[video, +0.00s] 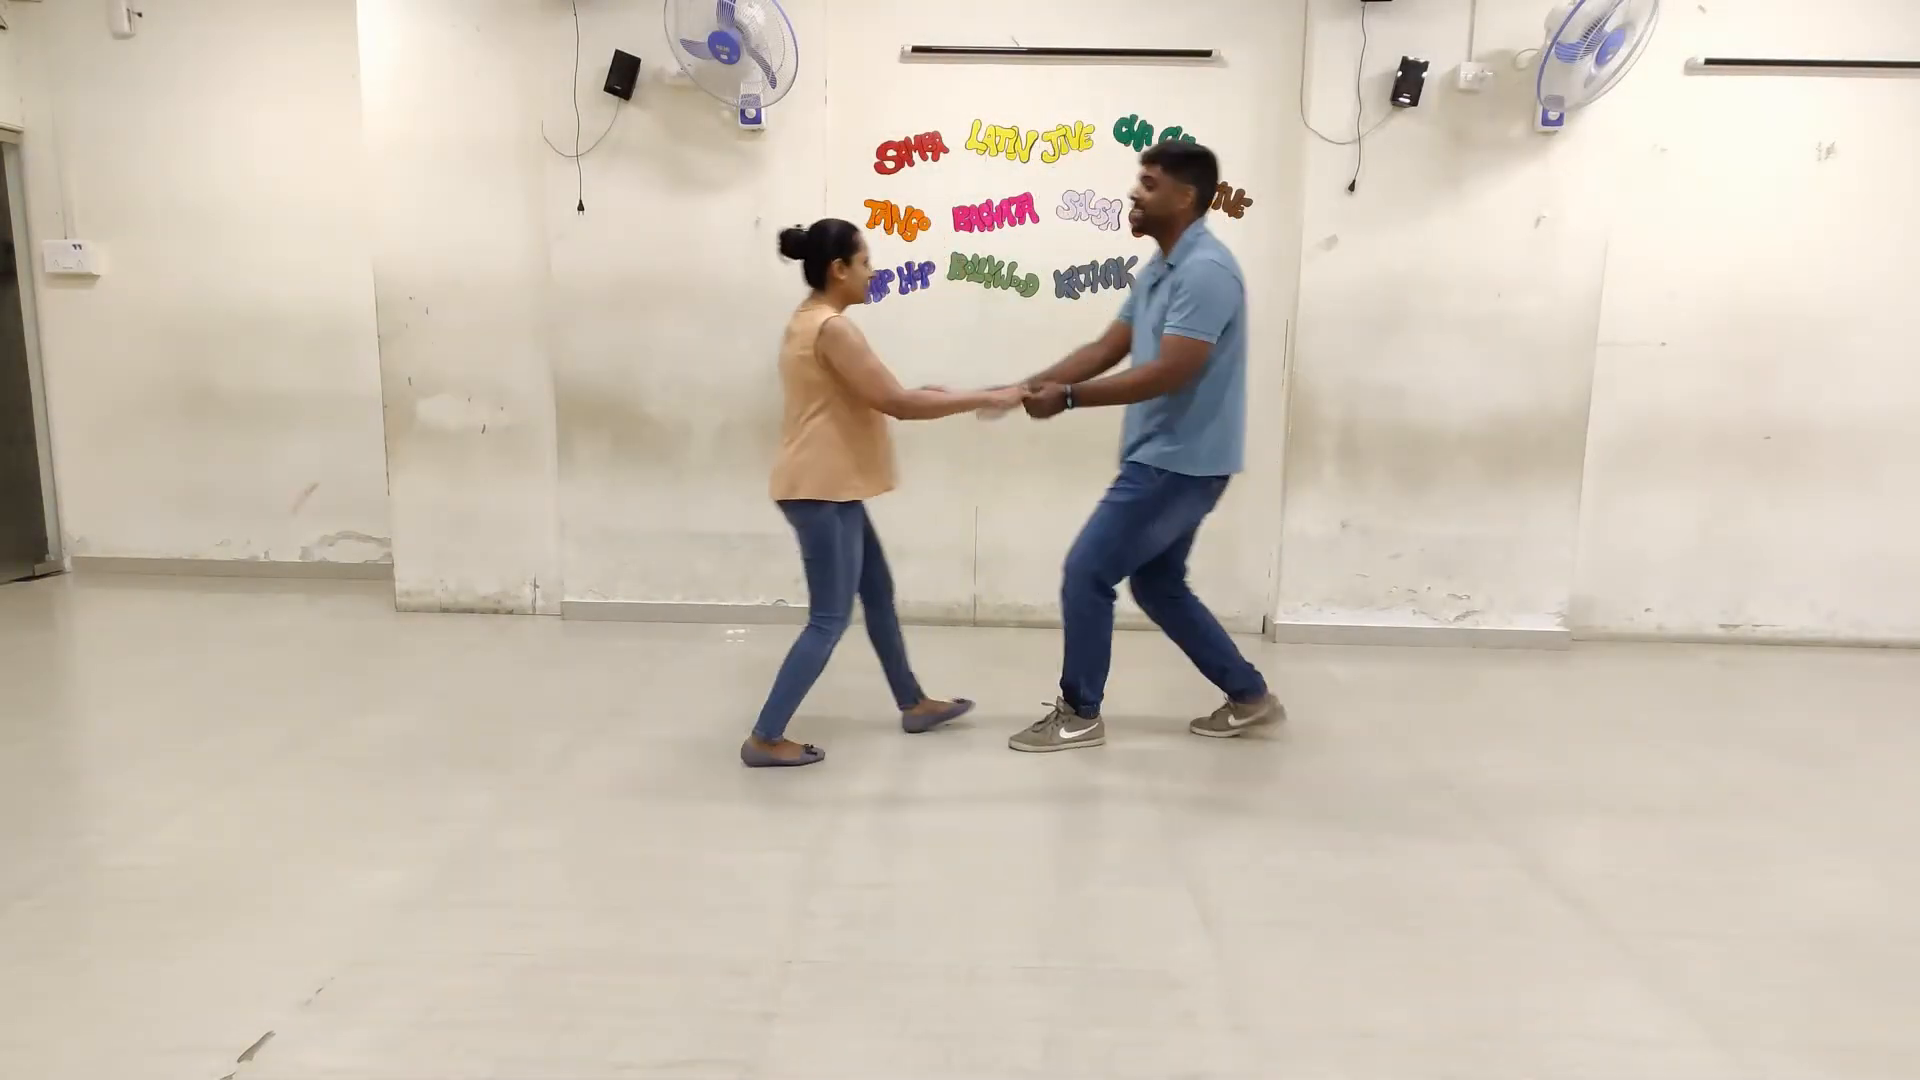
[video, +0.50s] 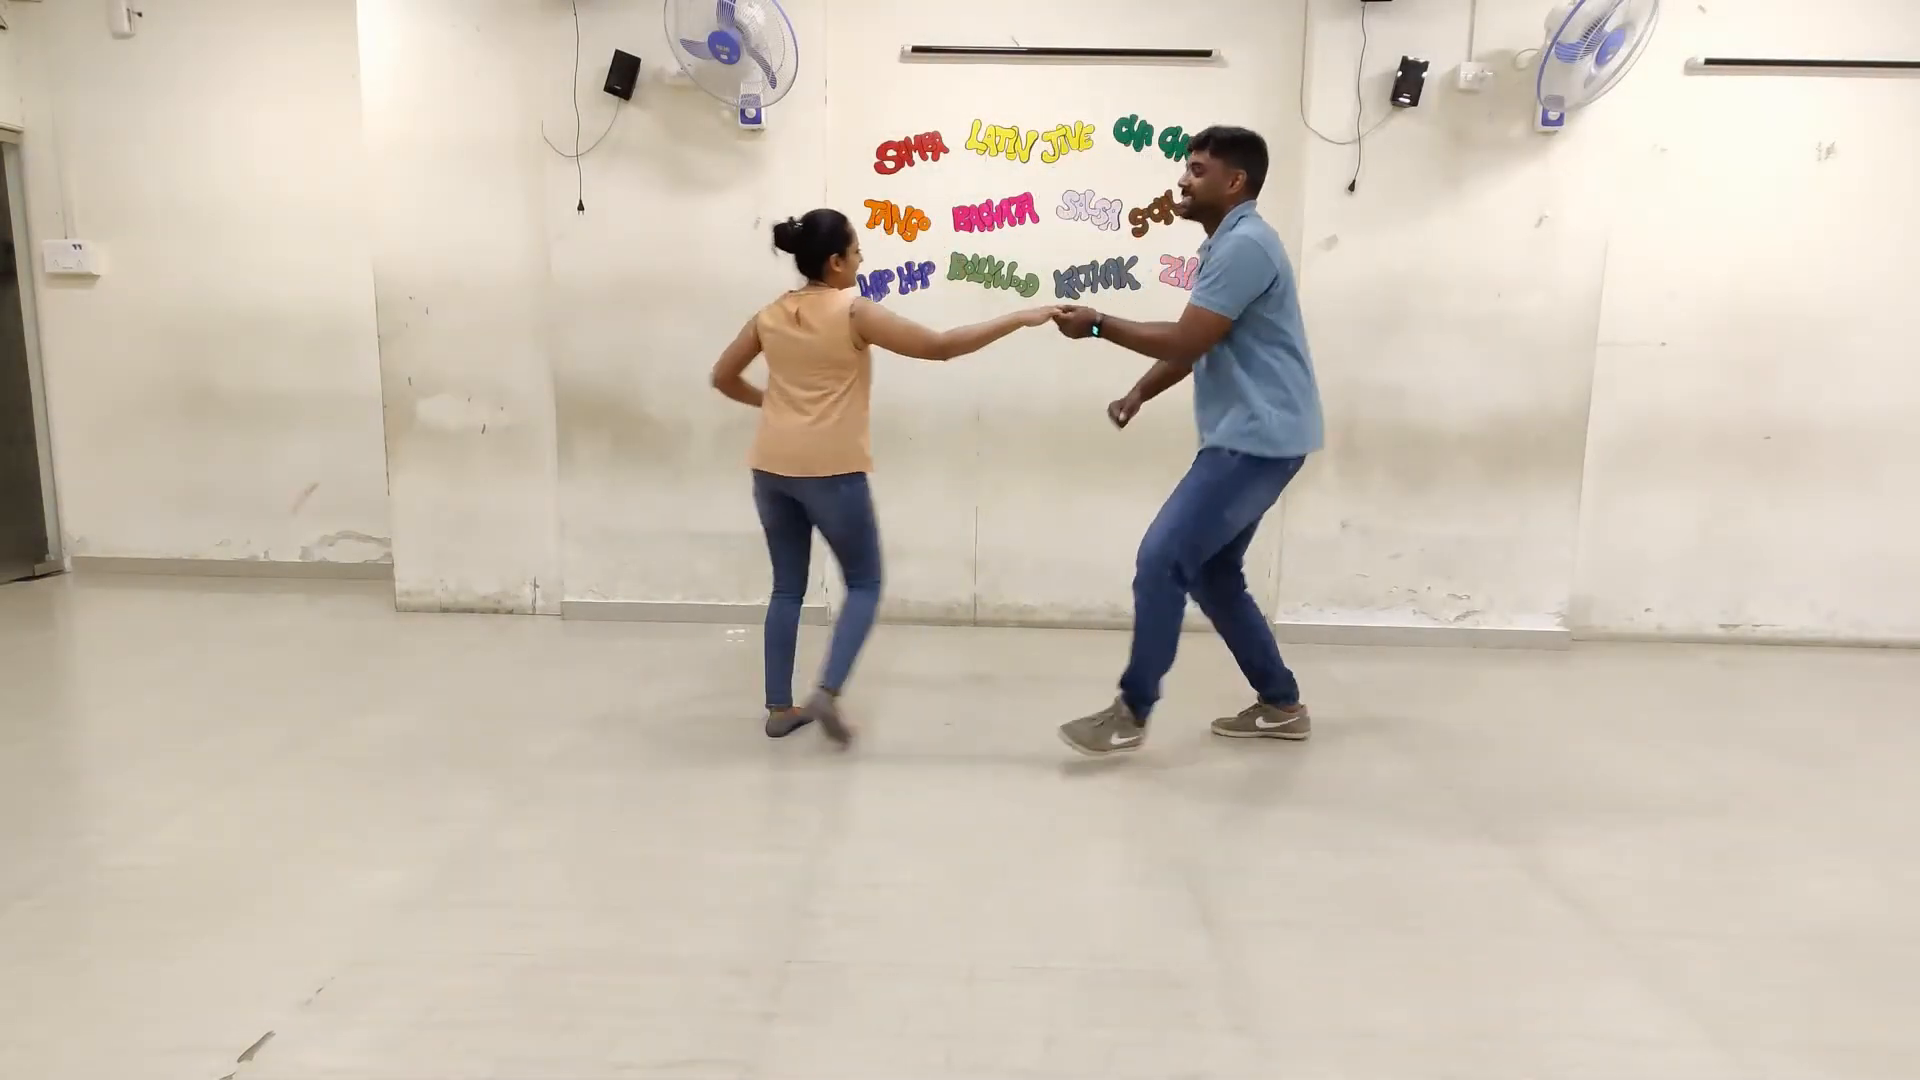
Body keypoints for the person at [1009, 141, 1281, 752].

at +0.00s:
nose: (1135, 192)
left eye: (1151, 184)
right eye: (1140, 180)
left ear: (1191, 200)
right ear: (1156, 190)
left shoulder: (1207, 269)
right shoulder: (1157, 268)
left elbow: (1176, 371)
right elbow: (1108, 349)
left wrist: (1071, 394)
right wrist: (1030, 387)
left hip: (1183, 460)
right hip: (1166, 456)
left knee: (1087, 570)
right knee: (1157, 587)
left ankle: (1079, 712)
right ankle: (1251, 697)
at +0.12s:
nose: (1162, 188)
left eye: (1176, 179)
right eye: (1166, 176)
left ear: (1215, 191)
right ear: (1202, 192)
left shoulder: (1224, 257)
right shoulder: (1205, 254)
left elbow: (1165, 354)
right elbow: (1156, 356)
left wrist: (1064, 349)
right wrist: (1081, 398)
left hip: (1215, 450)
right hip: (1216, 448)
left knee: (1125, 567)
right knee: (1185, 580)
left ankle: (1092, 714)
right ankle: (1257, 707)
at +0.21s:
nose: (1178, 176)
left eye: (1192, 168)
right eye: (1182, 165)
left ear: (1229, 180)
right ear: (1225, 182)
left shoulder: (1232, 240)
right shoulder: (1242, 240)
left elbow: (1160, 334)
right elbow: (1202, 348)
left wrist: (1063, 323)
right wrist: (1130, 392)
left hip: (1232, 438)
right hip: (1262, 438)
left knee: (1149, 560)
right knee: (1209, 571)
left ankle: (1157, 721)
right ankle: (1259, 708)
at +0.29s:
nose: (1185, 172)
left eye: (1199, 163)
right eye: (1189, 161)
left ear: (1236, 177)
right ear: (1236, 179)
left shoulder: (1233, 237)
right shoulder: (1255, 236)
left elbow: (1163, 333)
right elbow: (1216, 343)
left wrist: (1069, 323)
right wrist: (1147, 389)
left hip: (1242, 435)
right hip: (1278, 435)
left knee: (1161, 559)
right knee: (1222, 568)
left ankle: (1184, 721)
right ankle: (1261, 708)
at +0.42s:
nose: (1188, 172)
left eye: (1203, 162)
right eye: (1192, 160)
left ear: (1241, 173)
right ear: (1238, 175)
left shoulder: (1242, 233)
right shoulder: (1252, 231)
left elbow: (1175, 332)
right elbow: (1225, 340)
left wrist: (1085, 320)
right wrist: (1154, 382)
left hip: (1256, 428)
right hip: (1280, 428)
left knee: (1168, 548)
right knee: (1226, 566)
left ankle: (1167, 712)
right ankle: (1267, 709)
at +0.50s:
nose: (1184, 179)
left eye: (1199, 169)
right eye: (1188, 168)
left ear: (1239, 182)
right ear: (1226, 183)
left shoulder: (1245, 243)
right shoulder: (1225, 245)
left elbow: (1187, 340)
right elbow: (1199, 346)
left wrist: (1096, 323)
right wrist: (1139, 393)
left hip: (1259, 435)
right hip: (1248, 433)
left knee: (1162, 557)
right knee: (1213, 575)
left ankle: (1132, 712)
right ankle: (1281, 703)